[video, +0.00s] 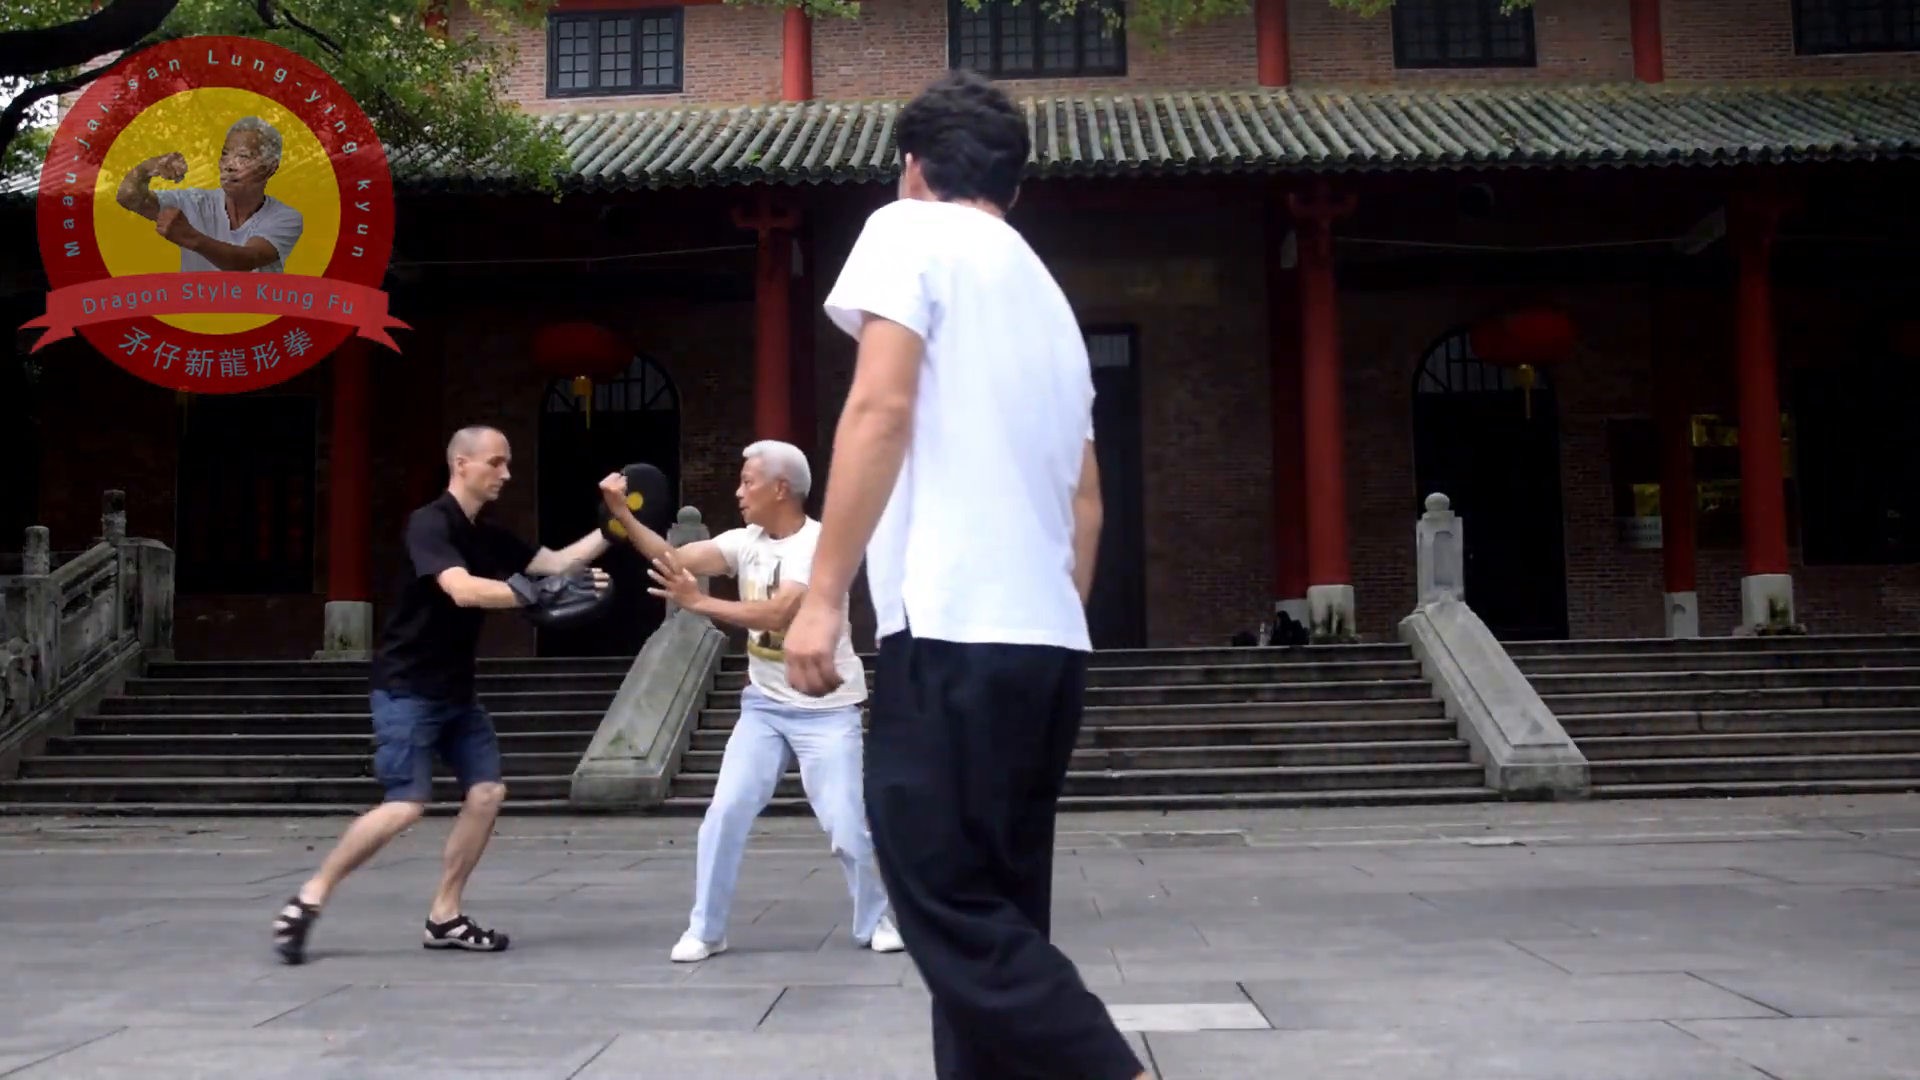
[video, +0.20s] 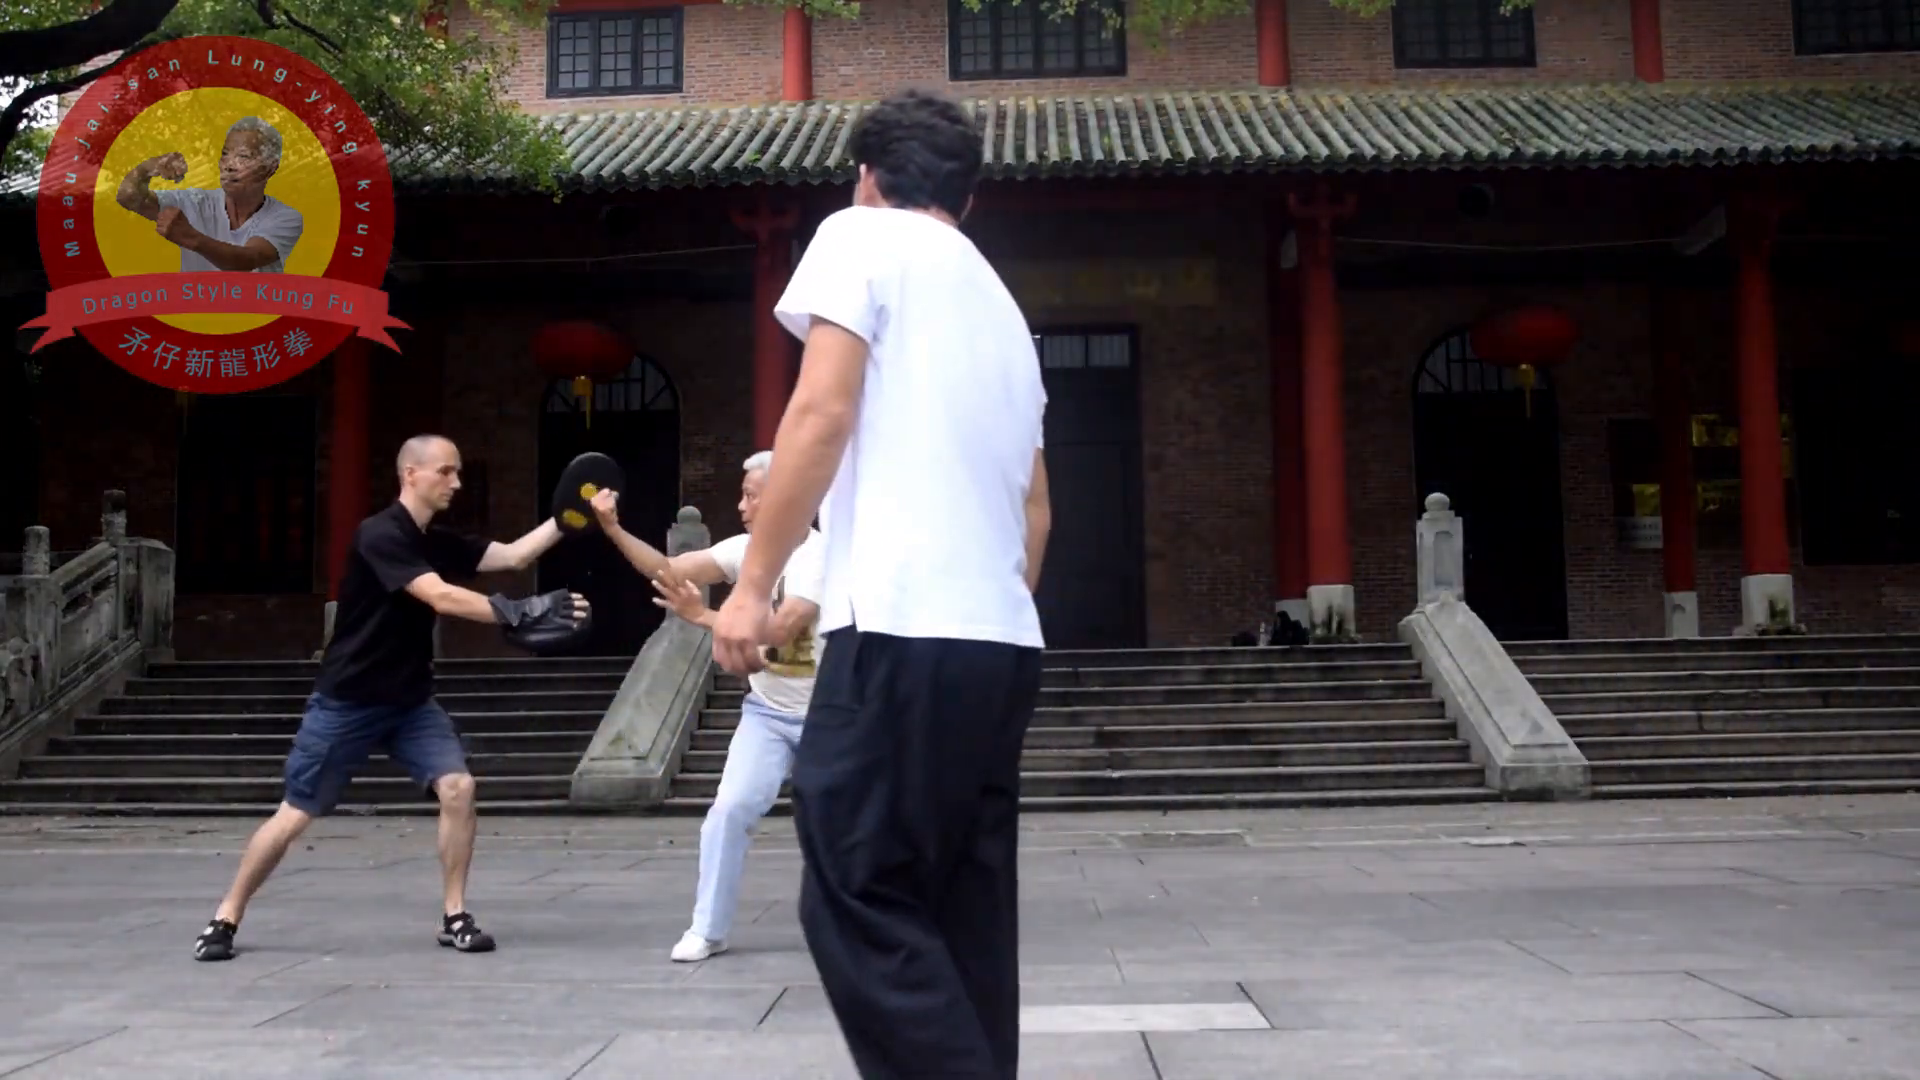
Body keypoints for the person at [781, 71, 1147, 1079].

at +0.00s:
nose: (896, 188)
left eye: (896, 176)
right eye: (898, 178)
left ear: (914, 173)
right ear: (1010, 184)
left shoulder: (911, 233)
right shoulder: (1051, 298)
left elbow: (881, 408)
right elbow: (1085, 500)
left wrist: (825, 594)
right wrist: (1050, 626)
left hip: (948, 641)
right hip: (1047, 648)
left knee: (944, 907)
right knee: (1003, 909)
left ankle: (1109, 1068)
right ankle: (982, 1075)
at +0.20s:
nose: (849, 194)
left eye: (850, 183)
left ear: (868, 181)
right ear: (965, 196)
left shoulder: (863, 236)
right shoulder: (1004, 312)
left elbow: (823, 411)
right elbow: (1035, 507)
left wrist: (754, 588)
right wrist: (995, 627)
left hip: (903, 635)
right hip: (1001, 642)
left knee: (855, 903)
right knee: (971, 901)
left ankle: (949, 1065)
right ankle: (983, 1071)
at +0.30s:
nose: (824, 199)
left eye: (825, 188)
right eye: (828, 188)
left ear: (846, 184)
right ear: (941, 199)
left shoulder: (841, 239)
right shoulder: (981, 316)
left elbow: (801, 414)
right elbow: (1013, 511)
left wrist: (730, 582)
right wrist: (977, 630)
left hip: (881, 635)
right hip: (978, 644)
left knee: (810, 900)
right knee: (953, 912)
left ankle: (849, 1067)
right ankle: (964, 1071)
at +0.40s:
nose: (799, 199)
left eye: (799, 188)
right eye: (801, 190)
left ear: (820, 187)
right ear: (913, 199)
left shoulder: (815, 241)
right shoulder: (955, 312)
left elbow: (781, 414)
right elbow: (989, 500)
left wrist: (715, 588)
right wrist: (966, 626)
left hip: (851, 643)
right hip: (956, 649)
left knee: (780, 923)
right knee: (939, 922)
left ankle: (772, 1067)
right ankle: (954, 1070)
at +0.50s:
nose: (768, 203)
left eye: (769, 190)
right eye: (770, 192)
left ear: (790, 190)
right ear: (886, 202)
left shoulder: (779, 248)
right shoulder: (929, 315)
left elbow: (751, 419)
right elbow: (967, 503)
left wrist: (696, 601)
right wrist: (945, 633)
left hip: (821, 641)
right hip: (929, 648)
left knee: (734, 922)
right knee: (926, 922)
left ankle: (695, 1065)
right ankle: (949, 1071)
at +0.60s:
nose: (738, 203)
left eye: (738, 190)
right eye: (743, 191)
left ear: (755, 192)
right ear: (853, 207)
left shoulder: (735, 257)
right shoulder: (896, 317)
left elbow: (710, 426)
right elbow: (936, 504)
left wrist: (668, 618)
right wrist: (922, 652)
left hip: (783, 649)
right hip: (894, 655)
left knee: (690, 920)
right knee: (911, 922)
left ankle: (638, 1067)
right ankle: (942, 1074)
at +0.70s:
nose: (694, 202)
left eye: (695, 190)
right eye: (697, 191)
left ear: (708, 192)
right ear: (810, 208)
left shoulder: (682, 261)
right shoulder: (854, 318)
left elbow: (656, 439)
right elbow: (899, 508)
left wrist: (618, 627)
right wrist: (891, 658)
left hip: (730, 661)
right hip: (848, 665)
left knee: (644, 942)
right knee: (889, 931)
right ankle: (931, 1073)